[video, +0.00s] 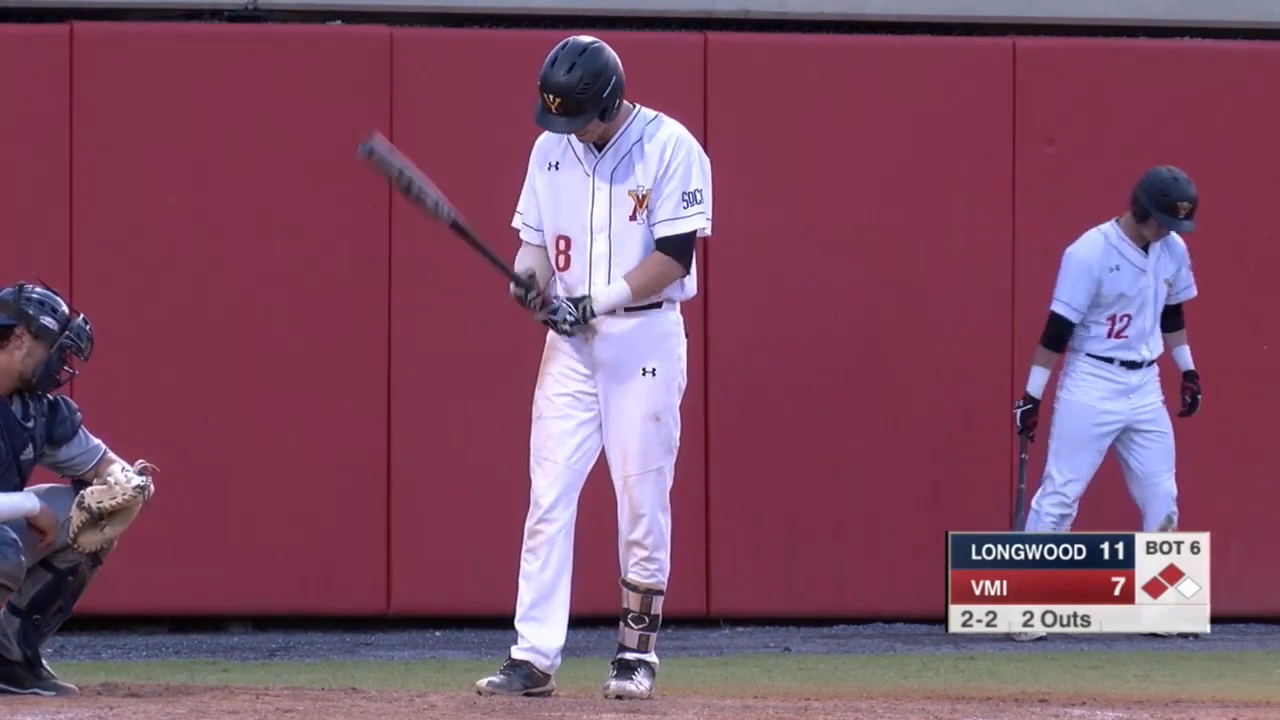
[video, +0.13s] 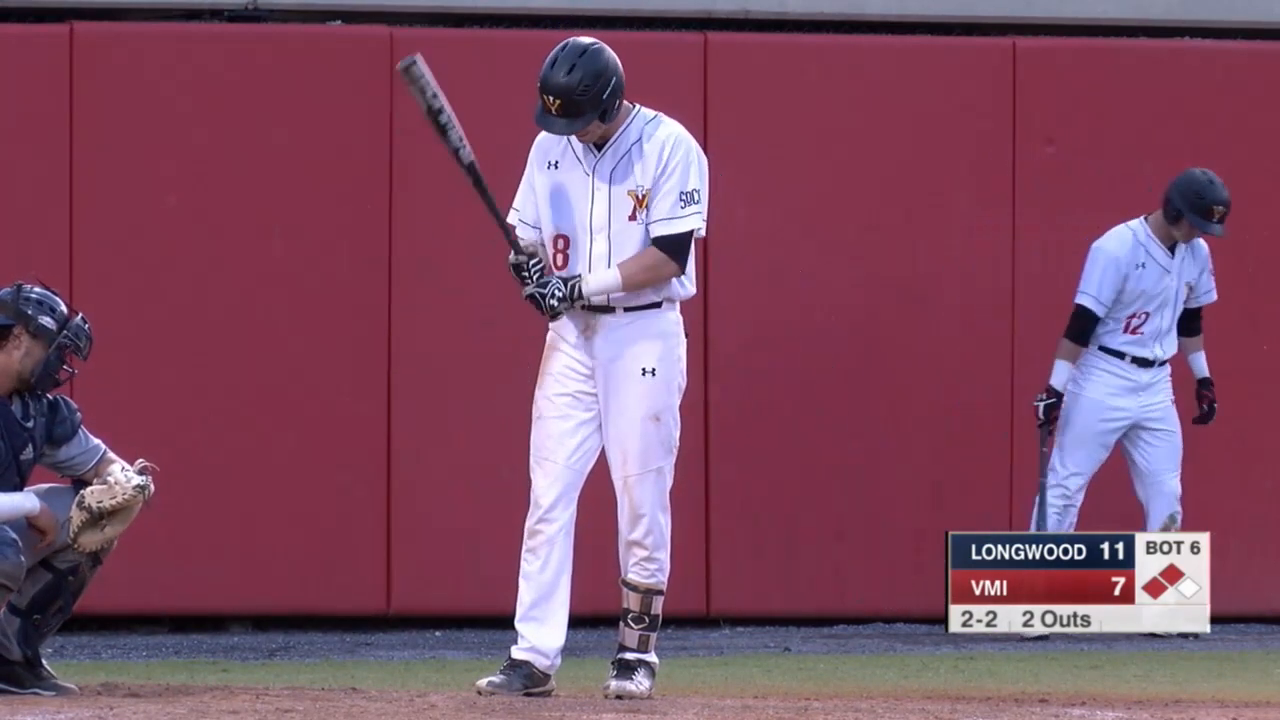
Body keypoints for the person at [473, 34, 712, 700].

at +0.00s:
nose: (571, 132)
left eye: (579, 121)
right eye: (564, 122)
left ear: (613, 103)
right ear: (558, 106)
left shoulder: (672, 146)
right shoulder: (551, 146)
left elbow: (675, 258)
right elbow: (537, 241)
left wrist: (595, 302)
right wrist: (529, 285)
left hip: (644, 343)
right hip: (569, 341)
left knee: (640, 497)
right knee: (549, 499)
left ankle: (636, 654)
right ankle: (533, 657)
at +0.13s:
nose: (573, 134)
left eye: (582, 122)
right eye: (565, 123)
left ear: (614, 102)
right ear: (557, 106)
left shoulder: (671, 145)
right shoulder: (551, 144)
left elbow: (669, 258)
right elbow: (527, 228)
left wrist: (581, 285)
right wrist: (529, 261)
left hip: (644, 336)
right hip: (570, 335)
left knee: (640, 488)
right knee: (549, 494)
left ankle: (635, 652)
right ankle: (534, 656)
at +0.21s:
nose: (572, 134)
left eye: (581, 123)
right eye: (564, 123)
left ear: (613, 103)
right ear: (557, 106)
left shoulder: (671, 144)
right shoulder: (550, 144)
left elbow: (669, 257)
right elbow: (527, 233)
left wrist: (583, 281)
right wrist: (532, 264)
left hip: (644, 336)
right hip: (570, 336)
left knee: (640, 489)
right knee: (549, 495)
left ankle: (635, 652)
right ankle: (534, 656)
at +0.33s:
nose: (571, 134)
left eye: (581, 124)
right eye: (563, 124)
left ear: (613, 105)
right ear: (555, 106)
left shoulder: (670, 145)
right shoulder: (548, 143)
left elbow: (670, 257)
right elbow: (522, 229)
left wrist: (584, 278)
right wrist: (529, 256)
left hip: (644, 336)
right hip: (570, 335)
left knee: (640, 489)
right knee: (549, 494)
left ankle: (635, 652)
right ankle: (533, 656)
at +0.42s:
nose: (573, 136)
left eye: (583, 126)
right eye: (564, 125)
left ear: (615, 106)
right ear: (555, 107)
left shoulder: (670, 145)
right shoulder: (546, 143)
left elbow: (671, 257)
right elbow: (518, 224)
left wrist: (583, 275)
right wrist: (529, 251)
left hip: (644, 336)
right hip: (570, 335)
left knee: (640, 491)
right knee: (548, 495)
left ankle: (635, 653)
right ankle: (533, 656)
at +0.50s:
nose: (572, 136)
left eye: (583, 126)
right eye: (564, 125)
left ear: (615, 107)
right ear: (554, 107)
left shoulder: (669, 146)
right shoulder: (544, 144)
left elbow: (675, 257)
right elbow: (520, 225)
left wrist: (582, 272)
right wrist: (533, 256)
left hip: (644, 336)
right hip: (570, 334)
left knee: (639, 490)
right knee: (548, 494)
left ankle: (635, 653)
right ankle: (533, 657)